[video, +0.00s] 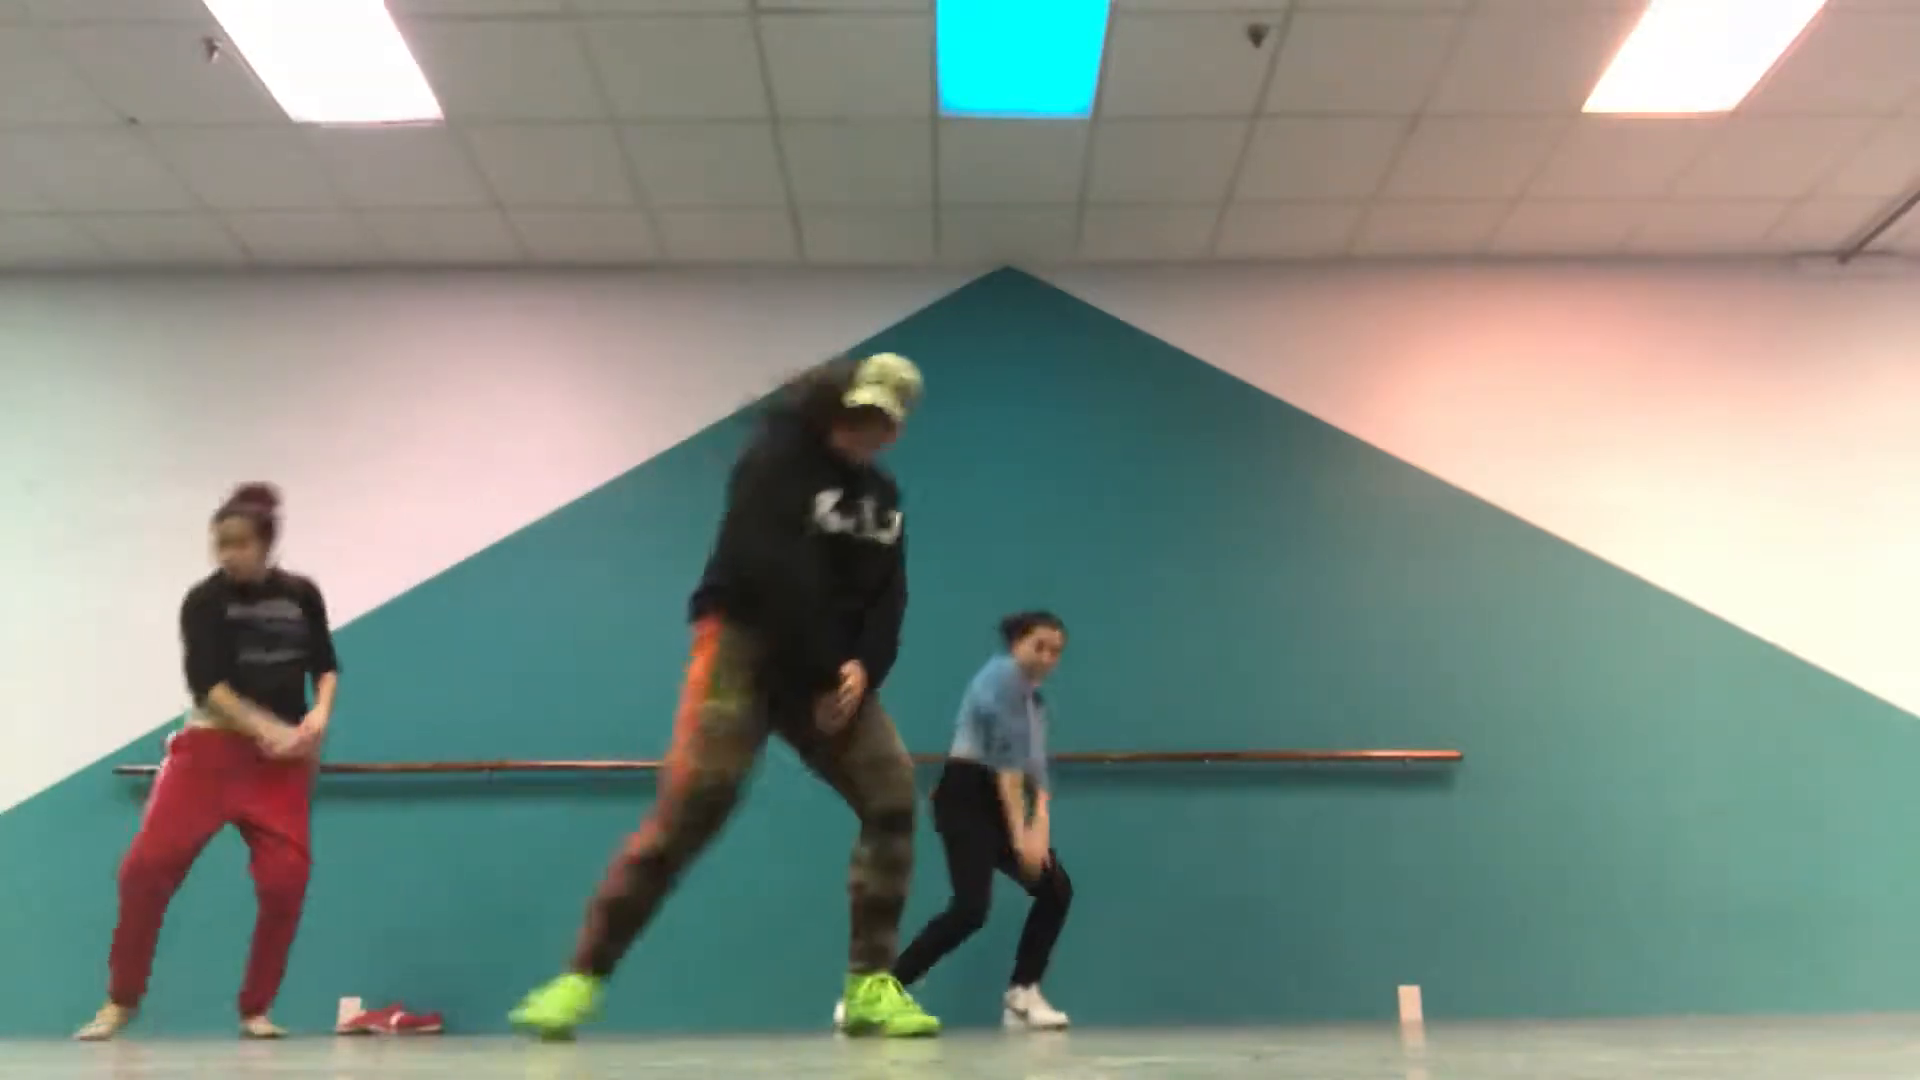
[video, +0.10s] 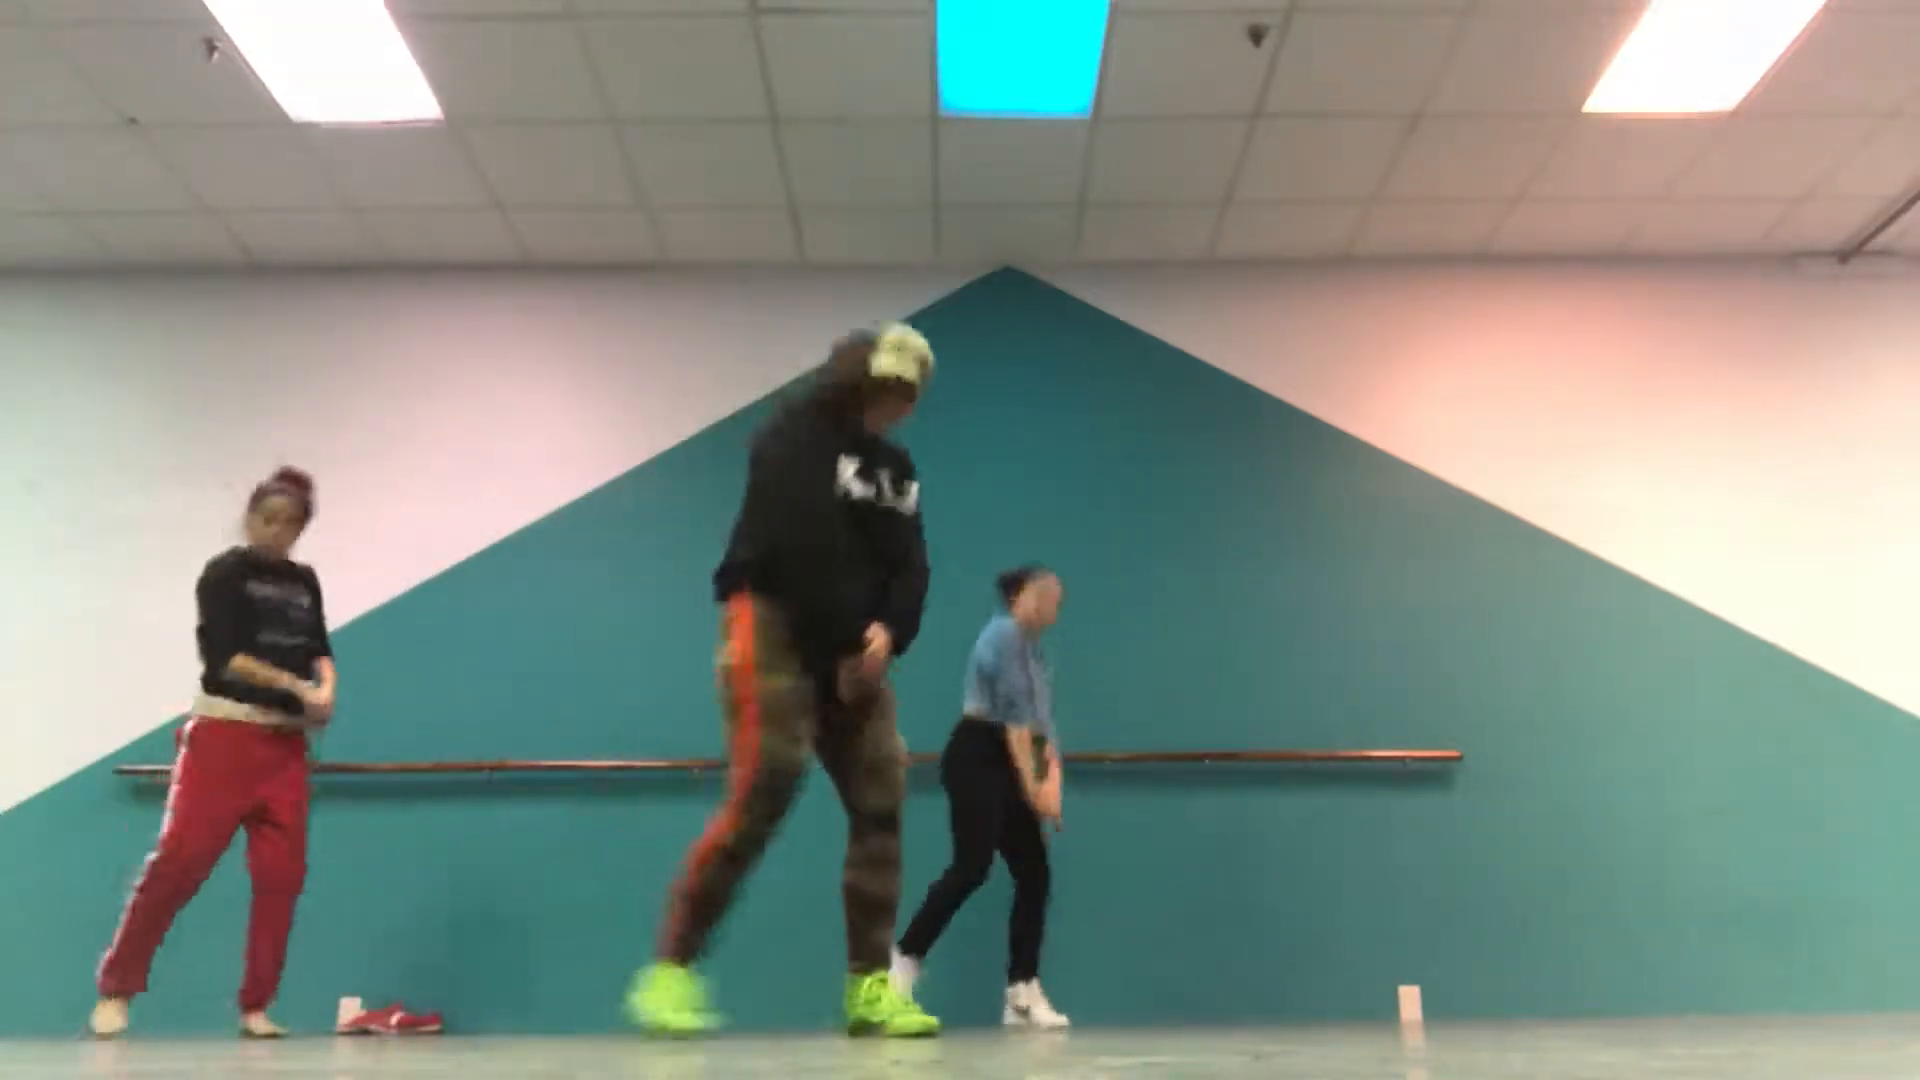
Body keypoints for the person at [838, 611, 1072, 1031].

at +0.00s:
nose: (1046, 658)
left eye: (1054, 652)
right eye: (1040, 647)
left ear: (1058, 657)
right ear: (1017, 644)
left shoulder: (1034, 700)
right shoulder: (1001, 680)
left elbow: (1040, 777)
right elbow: (1005, 770)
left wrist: (1039, 832)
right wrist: (1020, 836)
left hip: (1001, 796)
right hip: (964, 792)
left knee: (1056, 889)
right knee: (971, 908)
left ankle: (1023, 991)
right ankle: (881, 993)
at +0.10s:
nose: (1053, 606)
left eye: (1055, 598)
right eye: (1046, 595)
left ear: (1047, 604)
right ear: (1020, 596)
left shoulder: (1033, 647)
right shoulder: (1003, 636)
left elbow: (1043, 723)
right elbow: (1014, 720)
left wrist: (1053, 777)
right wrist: (1031, 785)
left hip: (1009, 752)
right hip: (976, 749)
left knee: (1033, 869)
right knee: (971, 867)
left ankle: (1023, 987)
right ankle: (906, 959)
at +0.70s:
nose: (1065, 625)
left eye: (1071, 620)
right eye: (1060, 613)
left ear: (1068, 622)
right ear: (1036, 607)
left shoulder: (1022, 643)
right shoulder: (1023, 635)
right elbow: (1040, 689)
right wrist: (1073, 727)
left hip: (1016, 761)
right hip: (1017, 758)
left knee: (1037, 881)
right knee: (1108, 837)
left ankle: (1003, 988)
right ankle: (1013, 835)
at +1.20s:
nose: (1123, 619)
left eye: (1126, 611)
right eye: (1115, 609)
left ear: (1088, 609)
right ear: (1086, 604)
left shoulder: (1076, 642)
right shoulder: (1088, 638)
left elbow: (1138, 691)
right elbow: (1138, 682)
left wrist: (1180, 722)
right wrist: (1178, 719)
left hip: (1051, 762)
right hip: (1065, 761)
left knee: (1123, 866)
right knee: (1127, 866)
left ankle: (1063, 932)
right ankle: (1121, 991)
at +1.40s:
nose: (1156, 628)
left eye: (1159, 620)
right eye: (1152, 617)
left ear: (1136, 613)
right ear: (1127, 609)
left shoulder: (1123, 653)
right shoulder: (1100, 639)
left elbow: (1141, 717)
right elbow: (1121, 703)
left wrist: (1156, 754)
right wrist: (1139, 750)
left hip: (1095, 758)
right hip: (1075, 757)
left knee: (1165, 832)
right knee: (1139, 853)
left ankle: (1103, 913)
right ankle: (1126, 984)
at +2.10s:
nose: (1224, 595)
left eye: (1225, 587)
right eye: (1223, 587)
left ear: (1180, 580)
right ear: (1211, 581)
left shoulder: (1161, 617)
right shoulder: (1197, 609)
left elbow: (1193, 685)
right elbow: (1234, 663)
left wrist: (1244, 693)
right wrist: (1258, 695)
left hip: (1155, 734)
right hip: (1174, 734)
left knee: (1238, 830)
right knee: (1205, 844)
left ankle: (1156, 876)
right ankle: (1164, 975)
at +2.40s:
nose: (1264, 599)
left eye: (1261, 593)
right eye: (1262, 593)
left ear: (1218, 601)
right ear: (1255, 594)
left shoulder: (1196, 640)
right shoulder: (1269, 621)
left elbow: (1223, 677)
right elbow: (1308, 626)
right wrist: (1295, 614)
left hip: (1203, 743)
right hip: (1248, 739)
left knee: (1264, 865)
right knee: (1247, 867)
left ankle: (1289, 985)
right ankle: (1198, 979)